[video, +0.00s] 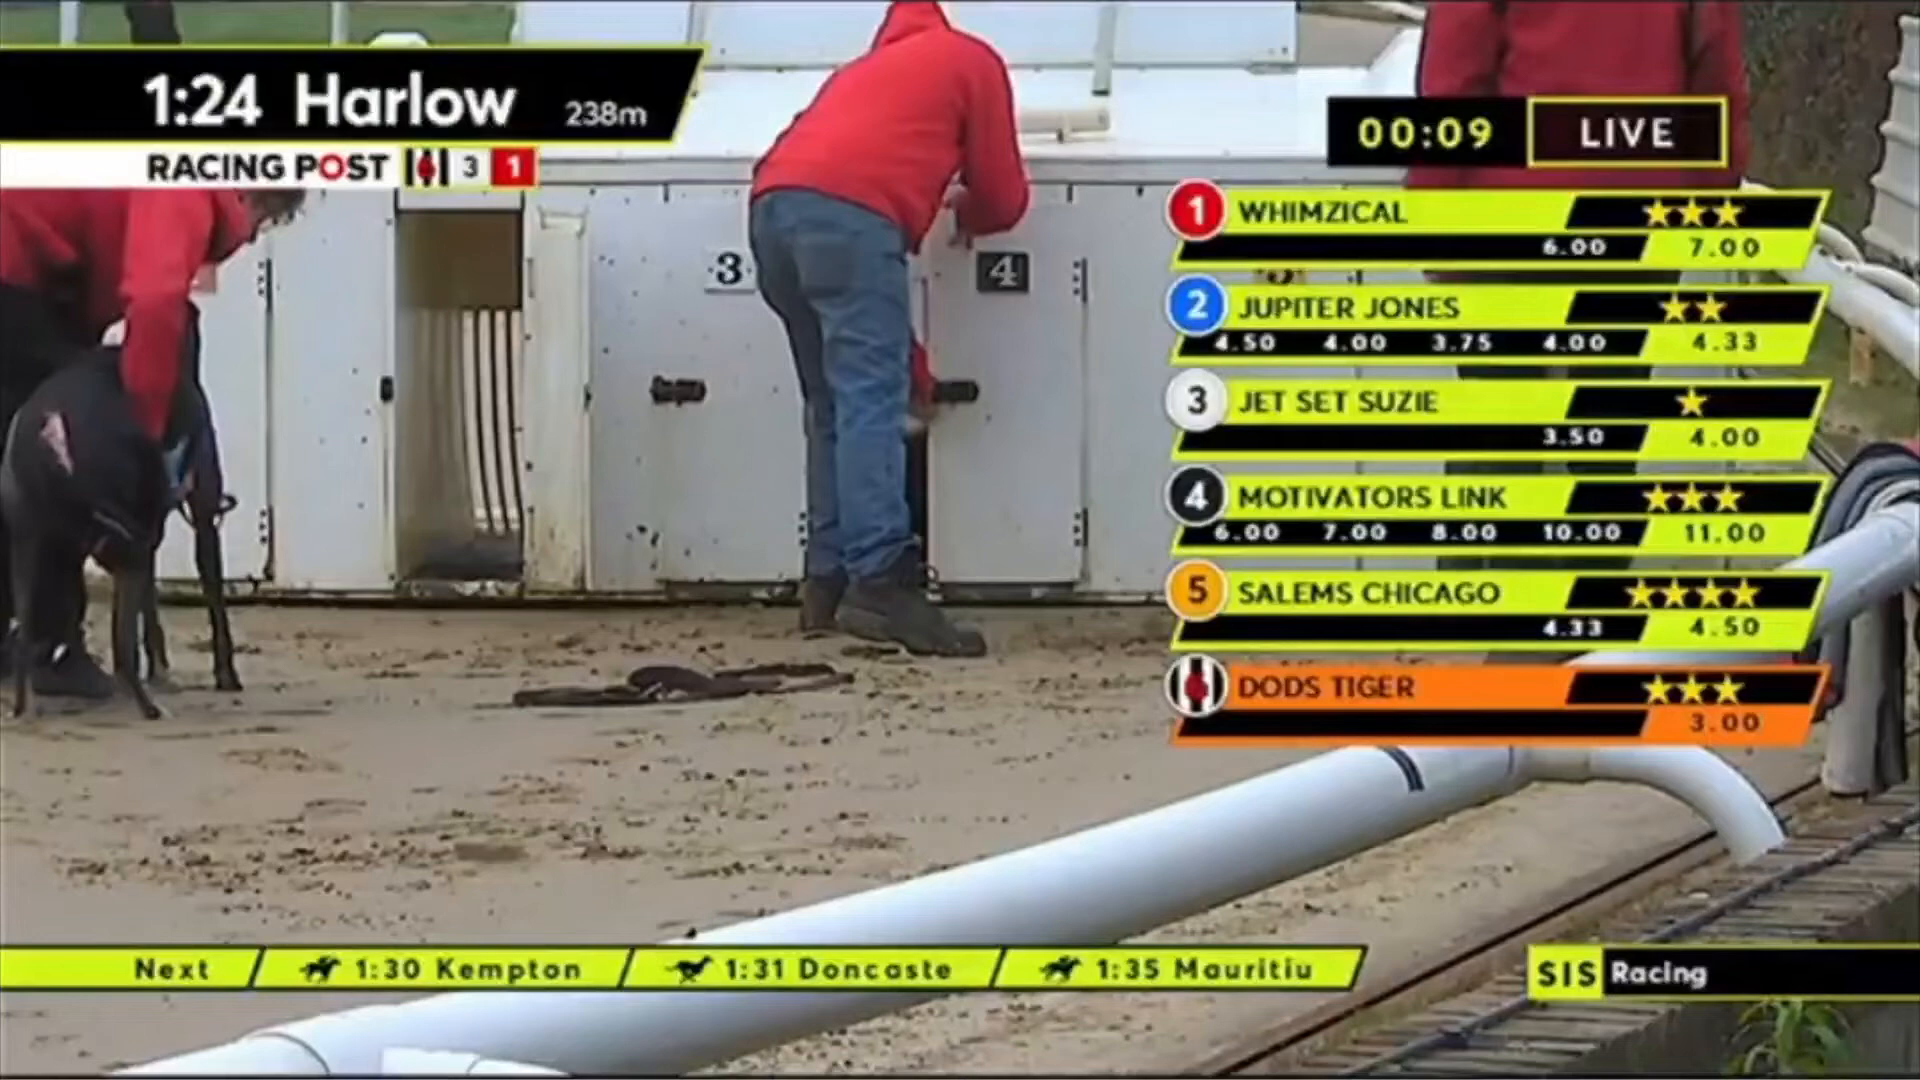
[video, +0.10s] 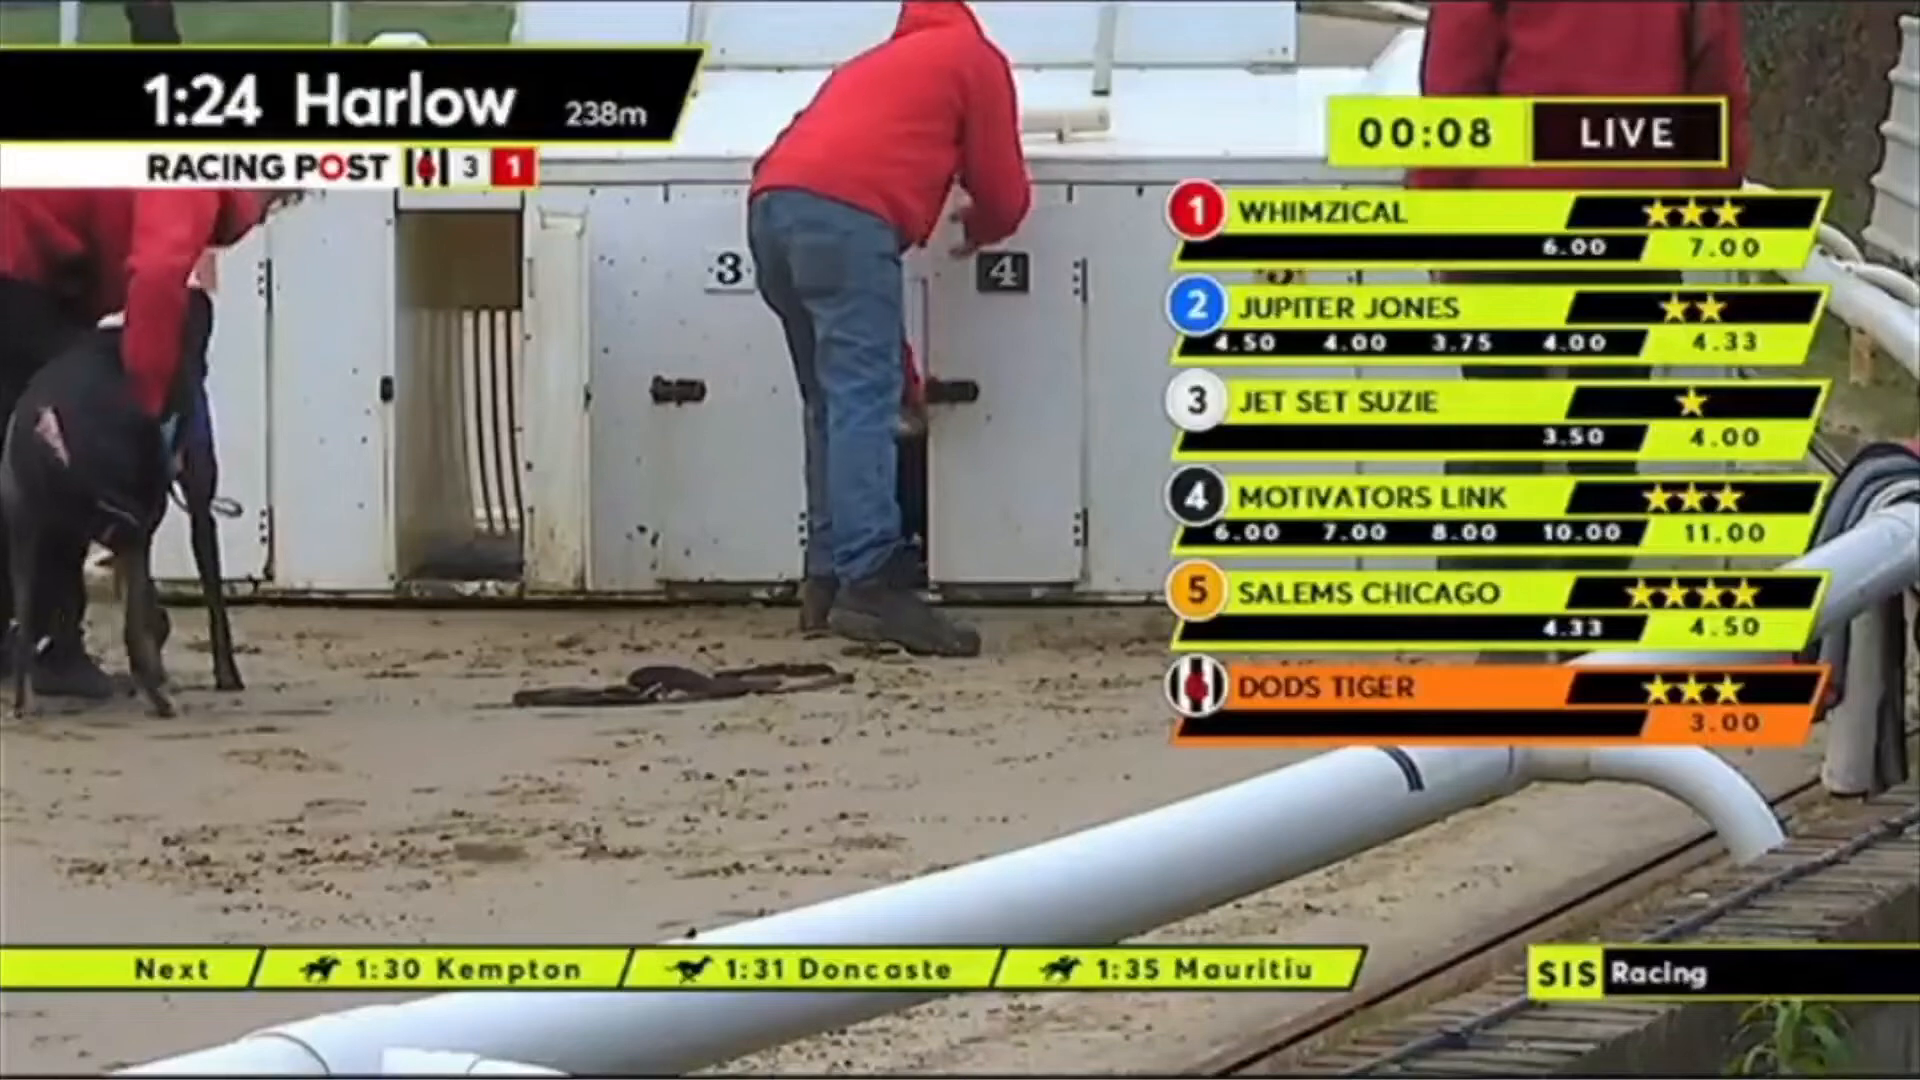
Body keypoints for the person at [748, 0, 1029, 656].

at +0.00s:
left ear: (894, 28)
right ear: (951, 23)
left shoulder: (861, 67)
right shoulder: (973, 58)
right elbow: (1003, 205)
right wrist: (968, 210)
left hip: (774, 212)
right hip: (854, 215)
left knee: (825, 403)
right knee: (872, 401)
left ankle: (826, 584)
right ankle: (880, 584)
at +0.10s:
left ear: (912, 17)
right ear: (968, 18)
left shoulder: (872, 60)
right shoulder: (977, 57)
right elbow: (1005, 201)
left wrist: (899, 371)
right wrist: (974, 228)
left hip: (773, 210)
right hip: (850, 216)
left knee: (825, 399)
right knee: (866, 400)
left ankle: (827, 580)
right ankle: (870, 584)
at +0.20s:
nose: (1013, 48)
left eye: (1014, 39)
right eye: (1011, 36)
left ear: (933, 12)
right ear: (992, 20)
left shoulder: (887, 48)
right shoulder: (979, 51)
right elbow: (997, 190)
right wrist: (975, 251)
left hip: (777, 208)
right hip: (846, 218)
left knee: (827, 402)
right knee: (860, 400)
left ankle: (831, 586)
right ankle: (855, 594)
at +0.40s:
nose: (1029, 22)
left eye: (1035, 13)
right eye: (1033, 10)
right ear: (1017, 1)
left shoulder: (909, 16)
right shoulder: (969, 20)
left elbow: (855, 122)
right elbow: (933, 137)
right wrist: (931, 249)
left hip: (783, 207)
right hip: (831, 216)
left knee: (833, 401)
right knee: (862, 394)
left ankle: (830, 582)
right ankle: (828, 587)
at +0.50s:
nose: (1015, 12)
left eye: (1015, 11)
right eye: (1014, 7)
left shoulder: (919, 12)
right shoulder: (945, 13)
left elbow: (830, 78)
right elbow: (882, 109)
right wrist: (881, 242)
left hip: (808, 217)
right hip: (821, 223)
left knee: (849, 394)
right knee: (862, 392)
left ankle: (843, 581)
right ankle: (831, 595)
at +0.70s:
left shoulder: (963, 12)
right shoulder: (862, 18)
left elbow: (899, 114)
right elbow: (781, 136)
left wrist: (895, 223)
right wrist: (841, 254)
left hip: (892, 248)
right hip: (816, 251)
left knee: (936, 392)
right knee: (857, 414)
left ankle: (872, 560)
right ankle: (821, 605)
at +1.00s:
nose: (886, 66)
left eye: (901, 52)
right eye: (871, 50)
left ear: (928, 38)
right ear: (851, 36)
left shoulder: (974, 41)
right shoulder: (815, 77)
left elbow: (980, 131)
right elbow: (787, 234)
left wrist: (938, 211)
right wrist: (806, 372)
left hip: (932, 259)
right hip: (830, 271)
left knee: (952, 395)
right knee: (817, 419)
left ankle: (963, 587)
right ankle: (826, 602)